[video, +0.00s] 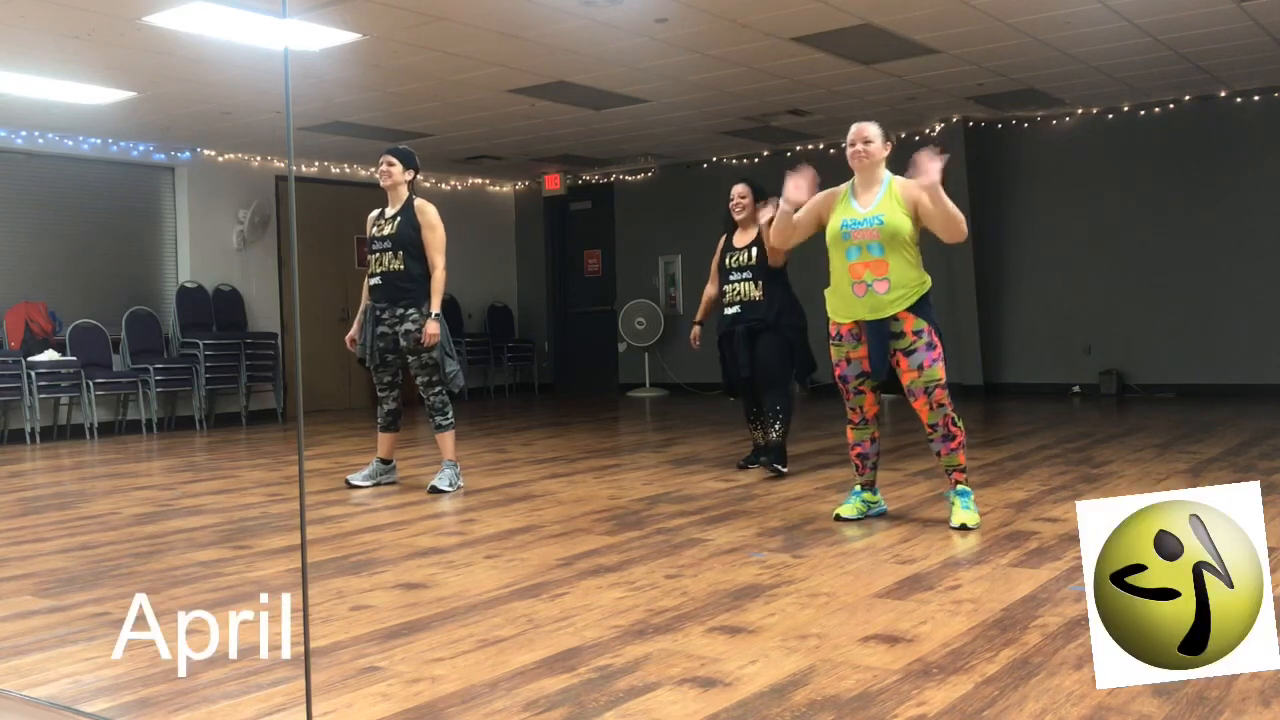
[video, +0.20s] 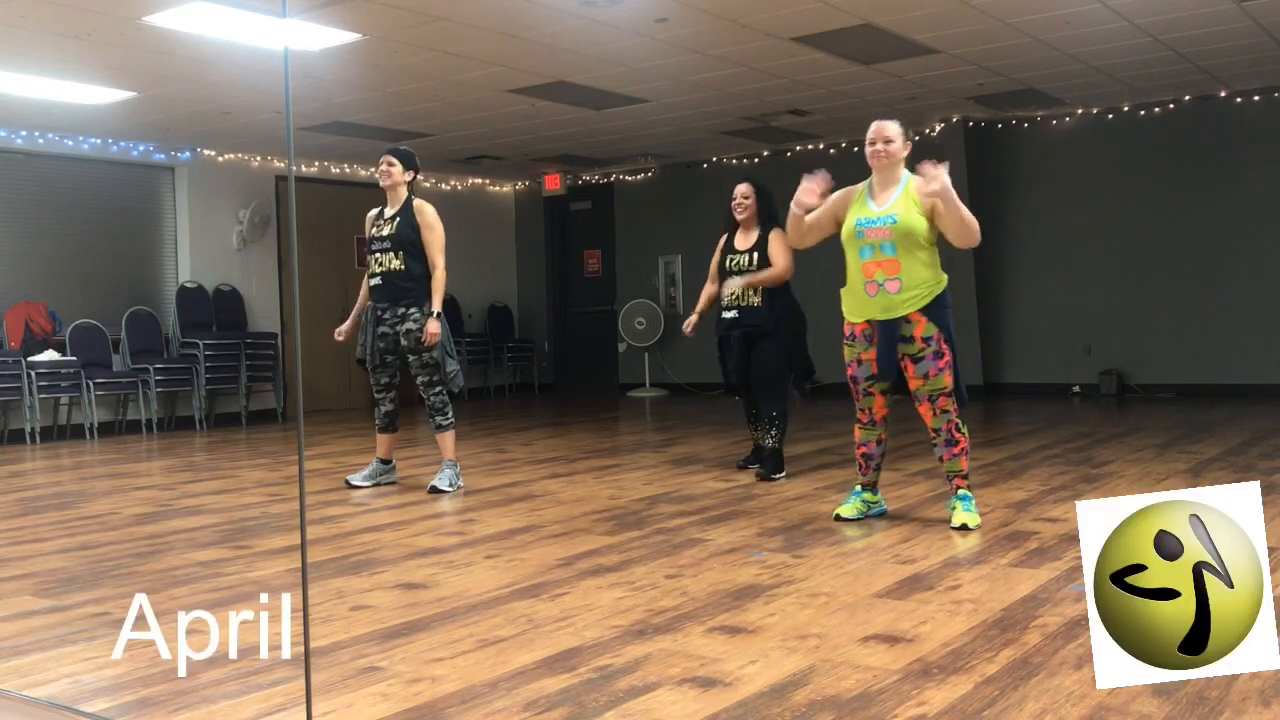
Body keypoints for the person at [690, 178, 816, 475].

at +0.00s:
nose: (736, 202)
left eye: (742, 197)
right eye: (732, 199)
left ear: (757, 201)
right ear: (728, 206)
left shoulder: (769, 232)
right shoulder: (726, 240)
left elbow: (778, 260)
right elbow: (713, 285)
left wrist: (767, 225)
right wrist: (698, 321)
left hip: (772, 322)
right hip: (737, 326)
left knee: (774, 382)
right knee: (748, 385)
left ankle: (776, 450)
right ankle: (759, 447)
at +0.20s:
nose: (738, 202)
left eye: (745, 198)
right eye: (735, 198)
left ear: (759, 203)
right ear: (731, 205)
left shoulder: (773, 235)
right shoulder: (726, 240)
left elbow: (784, 270)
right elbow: (713, 282)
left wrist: (746, 280)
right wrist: (697, 313)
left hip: (770, 327)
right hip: (736, 328)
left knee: (770, 387)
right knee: (746, 387)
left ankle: (773, 454)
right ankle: (759, 447)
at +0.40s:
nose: (741, 199)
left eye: (748, 194)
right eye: (737, 194)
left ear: (762, 200)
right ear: (733, 201)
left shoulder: (776, 235)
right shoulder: (726, 236)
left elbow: (794, 274)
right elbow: (708, 276)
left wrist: (774, 313)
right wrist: (725, 277)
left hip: (770, 328)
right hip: (736, 330)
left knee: (770, 389)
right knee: (747, 389)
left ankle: (774, 456)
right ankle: (759, 447)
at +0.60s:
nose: (745, 193)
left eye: (752, 189)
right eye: (742, 188)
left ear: (766, 196)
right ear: (737, 196)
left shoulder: (782, 231)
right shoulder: (728, 231)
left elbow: (805, 270)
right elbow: (710, 271)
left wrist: (788, 311)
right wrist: (729, 288)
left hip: (773, 326)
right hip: (737, 327)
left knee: (771, 388)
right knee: (741, 386)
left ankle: (774, 455)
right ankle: (756, 442)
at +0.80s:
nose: (747, 192)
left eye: (755, 188)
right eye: (745, 188)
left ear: (770, 197)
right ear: (739, 196)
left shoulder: (783, 235)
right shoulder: (729, 230)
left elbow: (806, 278)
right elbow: (715, 270)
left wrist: (789, 320)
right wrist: (720, 298)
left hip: (773, 330)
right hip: (736, 329)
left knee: (772, 392)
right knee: (725, 384)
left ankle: (774, 458)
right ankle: (742, 446)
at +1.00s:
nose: (746, 193)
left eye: (753, 189)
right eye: (742, 188)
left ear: (768, 197)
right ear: (738, 195)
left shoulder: (783, 233)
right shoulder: (727, 227)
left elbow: (800, 276)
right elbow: (711, 267)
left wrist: (785, 317)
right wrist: (715, 294)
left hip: (771, 332)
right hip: (732, 331)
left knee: (772, 395)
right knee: (727, 393)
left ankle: (773, 460)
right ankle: (721, 456)